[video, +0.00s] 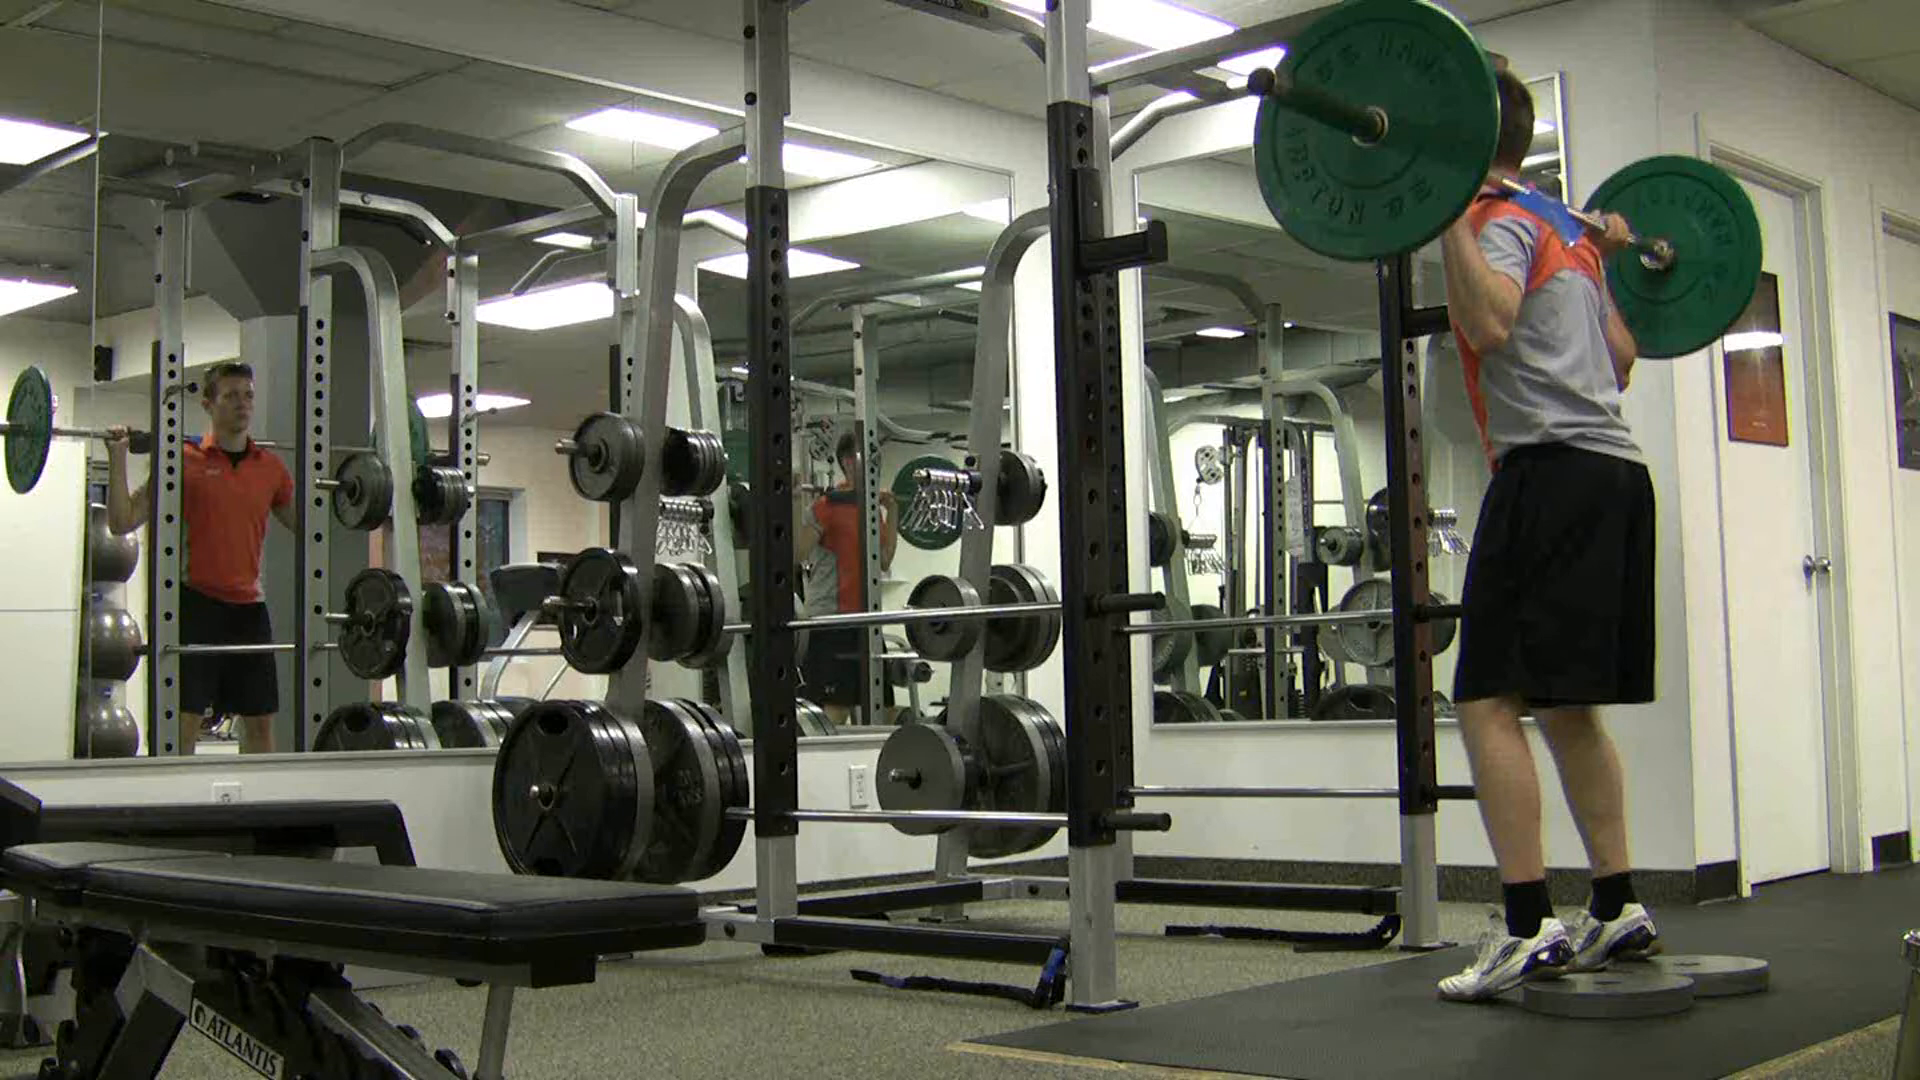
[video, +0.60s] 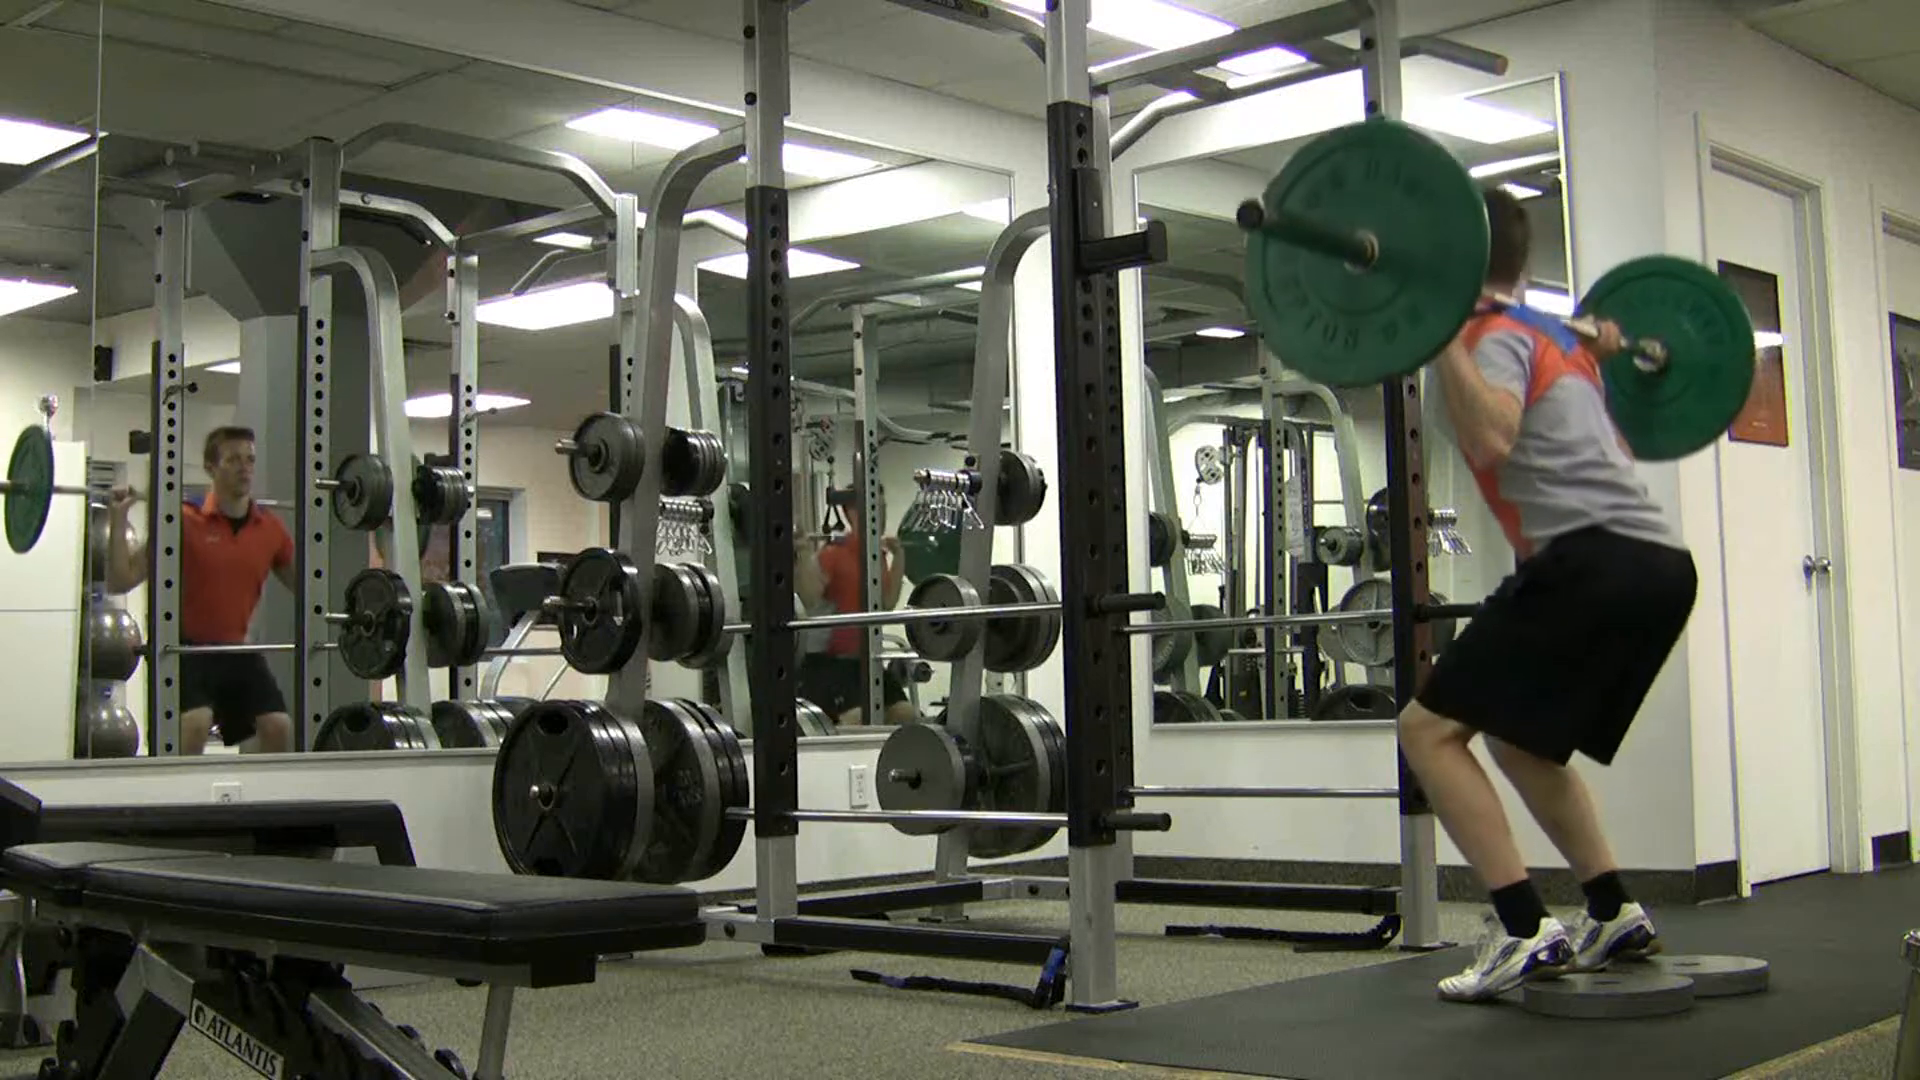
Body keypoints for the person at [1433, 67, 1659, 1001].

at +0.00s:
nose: (1443, 152)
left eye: (1449, 131)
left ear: (1469, 141)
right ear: (1526, 141)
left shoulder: (1499, 216)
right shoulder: (1572, 226)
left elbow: (1490, 325)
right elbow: (1620, 356)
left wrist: (1447, 217)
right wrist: (1607, 253)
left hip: (1546, 480)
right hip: (1611, 479)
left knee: (1486, 702)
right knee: (1569, 703)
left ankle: (1526, 930)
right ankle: (1616, 909)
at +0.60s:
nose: (1436, 272)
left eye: (1443, 256)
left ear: (1459, 262)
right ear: (1518, 266)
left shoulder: (1494, 333)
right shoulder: (1559, 338)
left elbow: (1489, 442)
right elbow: (1614, 434)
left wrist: (1439, 337)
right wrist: (1591, 346)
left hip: (1587, 562)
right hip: (1660, 567)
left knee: (1426, 729)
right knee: (1521, 739)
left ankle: (1524, 930)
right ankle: (1615, 912)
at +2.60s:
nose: (1441, 293)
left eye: (1443, 275)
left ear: (1456, 277)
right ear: (1518, 278)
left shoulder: (1496, 341)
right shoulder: (1564, 351)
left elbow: (1491, 444)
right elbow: (1607, 443)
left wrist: (1439, 341)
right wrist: (1597, 362)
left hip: (1591, 566)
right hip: (1666, 568)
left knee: (1428, 729)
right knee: (1516, 739)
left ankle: (1522, 929)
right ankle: (1614, 913)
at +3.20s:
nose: (1437, 157)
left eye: (1442, 136)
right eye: (1447, 137)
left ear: (1464, 144)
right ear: (1520, 145)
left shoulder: (1498, 216)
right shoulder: (1573, 229)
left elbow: (1483, 325)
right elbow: (1623, 356)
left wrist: (1445, 219)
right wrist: (1610, 254)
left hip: (1554, 472)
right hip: (1618, 472)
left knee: (1494, 701)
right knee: (1576, 702)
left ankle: (1527, 931)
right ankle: (1617, 910)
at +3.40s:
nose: (1438, 143)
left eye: (1444, 123)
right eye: (1449, 124)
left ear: (1465, 130)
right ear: (1522, 131)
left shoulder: (1496, 207)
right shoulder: (1573, 217)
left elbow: (1486, 314)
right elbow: (1623, 352)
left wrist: (1445, 206)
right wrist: (1610, 246)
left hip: (1538, 469)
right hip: (1603, 467)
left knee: (1516, 700)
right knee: (1593, 699)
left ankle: (1530, 930)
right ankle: (1619, 909)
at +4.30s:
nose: (1438, 233)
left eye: (1442, 215)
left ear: (1458, 216)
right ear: (1519, 216)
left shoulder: (1496, 286)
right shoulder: (1567, 293)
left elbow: (1489, 396)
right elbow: (1625, 411)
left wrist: (1438, 289)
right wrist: (1603, 313)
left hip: (1574, 529)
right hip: (1644, 534)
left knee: (1435, 722)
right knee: (1522, 724)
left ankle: (1525, 930)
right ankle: (1614, 912)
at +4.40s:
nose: (1434, 252)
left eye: (1439, 235)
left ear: (1456, 237)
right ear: (1517, 239)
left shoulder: (1496, 308)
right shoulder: (1564, 314)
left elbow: (1492, 420)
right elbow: (1626, 432)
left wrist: (1439, 315)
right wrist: (1600, 336)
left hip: (1580, 547)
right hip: (1649, 552)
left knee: (1429, 727)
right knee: (1519, 730)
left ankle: (1524, 929)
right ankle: (1615, 912)